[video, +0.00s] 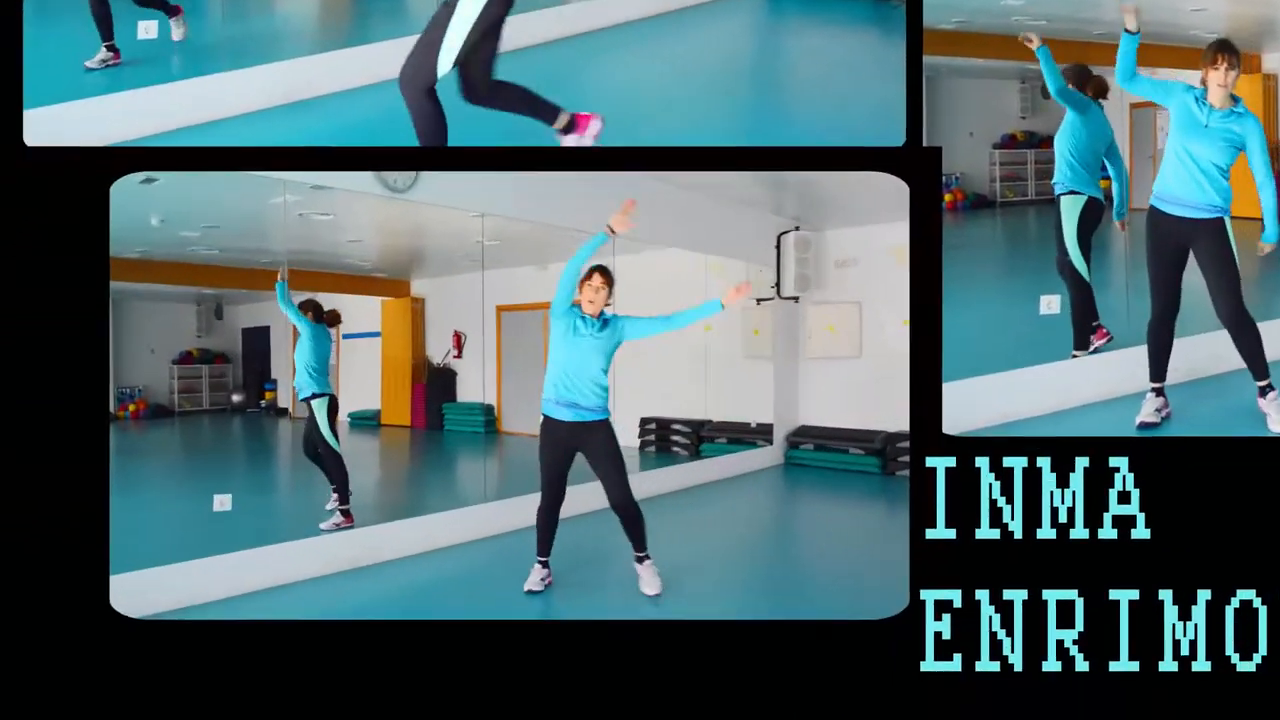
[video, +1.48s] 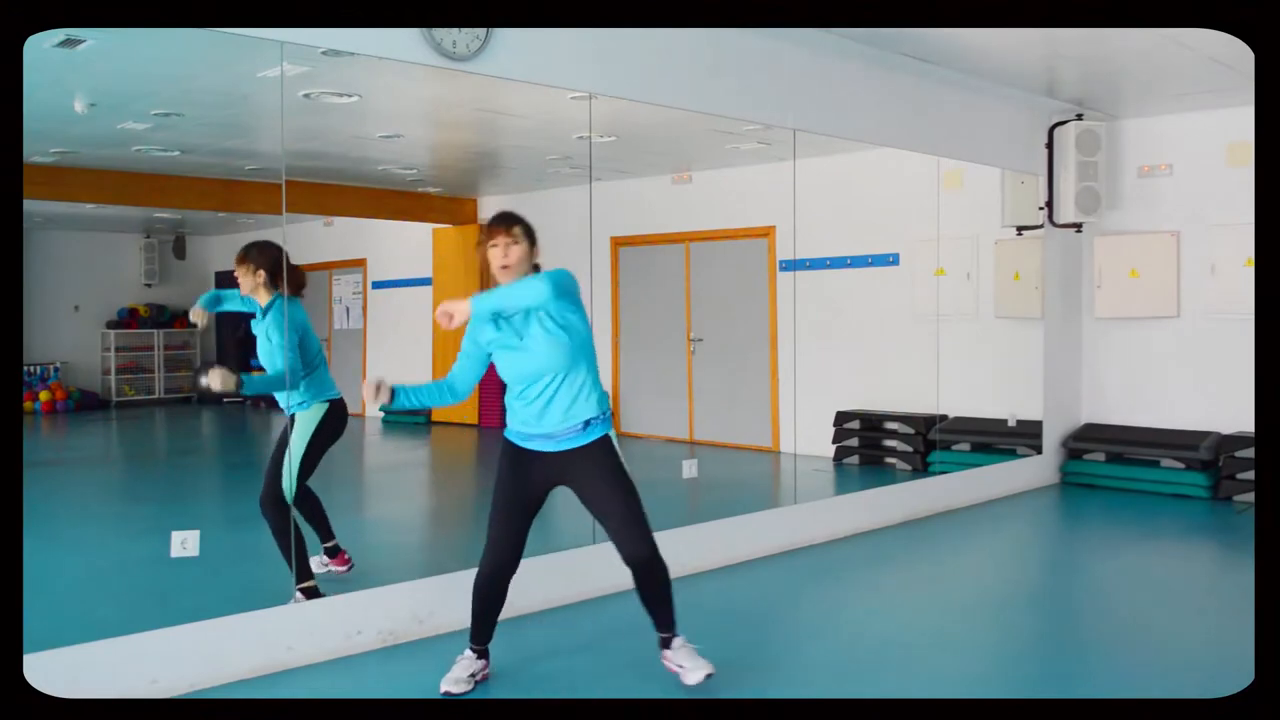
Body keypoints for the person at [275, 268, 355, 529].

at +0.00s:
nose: (299, 319)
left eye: (301, 314)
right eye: (300, 314)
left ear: (309, 314)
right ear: (315, 315)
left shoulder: (312, 330)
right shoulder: (322, 334)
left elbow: (286, 306)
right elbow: (291, 307)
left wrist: (281, 283)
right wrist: (285, 286)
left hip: (320, 399)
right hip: (318, 399)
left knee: (329, 449)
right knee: (310, 448)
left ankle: (344, 513)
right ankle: (340, 488)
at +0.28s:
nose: (294, 283)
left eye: (298, 278)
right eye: (295, 278)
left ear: (309, 281)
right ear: (315, 282)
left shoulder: (317, 305)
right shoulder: (316, 304)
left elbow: (284, 269)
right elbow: (306, 265)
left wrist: (262, 226)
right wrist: (297, 230)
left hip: (320, 400)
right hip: (307, 400)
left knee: (300, 472)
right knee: (292, 473)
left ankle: (344, 527)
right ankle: (325, 535)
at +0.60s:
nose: (281, 245)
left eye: (288, 239)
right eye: (278, 240)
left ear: (307, 241)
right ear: (278, 242)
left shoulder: (308, 272)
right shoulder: (293, 269)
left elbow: (281, 264)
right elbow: (269, 234)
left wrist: (259, 244)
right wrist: (237, 206)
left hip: (310, 382)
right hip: (297, 383)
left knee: (310, 472)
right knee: (294, 473)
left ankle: (309, 561)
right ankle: (322, 554)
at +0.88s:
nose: (234, 279)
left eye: (241, 271)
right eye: (232, 272)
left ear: (263, 274)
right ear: (235, 276)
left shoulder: (286, 315)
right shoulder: (250, 312)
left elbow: (303, 388)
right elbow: (237, 343)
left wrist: (270, 406)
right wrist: (220, 323)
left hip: (329, 406)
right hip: (301, 407)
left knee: (288, 494)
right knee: (259, 473)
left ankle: (311, 590)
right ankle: (320, 537)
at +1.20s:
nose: (218, 327)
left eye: (226, 320)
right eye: (217, 319)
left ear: (252, 323)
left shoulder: (285, 357)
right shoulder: (232, 352)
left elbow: (315, 422)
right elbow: (231, 406)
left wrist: (318, 489)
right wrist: (233, 464)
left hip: (332, 427)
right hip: (308, 431)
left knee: (266, 506)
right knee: (283, 511)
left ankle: (308, 593)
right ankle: (345, 578)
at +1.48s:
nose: (235, 279)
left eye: (239, 272)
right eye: (236, 273)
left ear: (259, 275)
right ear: (260, 276)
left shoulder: (284, 313)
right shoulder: (262, 306)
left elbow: (287, 379)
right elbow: (220, 298)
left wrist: (238, 383)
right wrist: (202, 306)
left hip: (321, 411)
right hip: (303, 412)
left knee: (279, 496)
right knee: (287, 485)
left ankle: (307, 591)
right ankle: (334, 553)